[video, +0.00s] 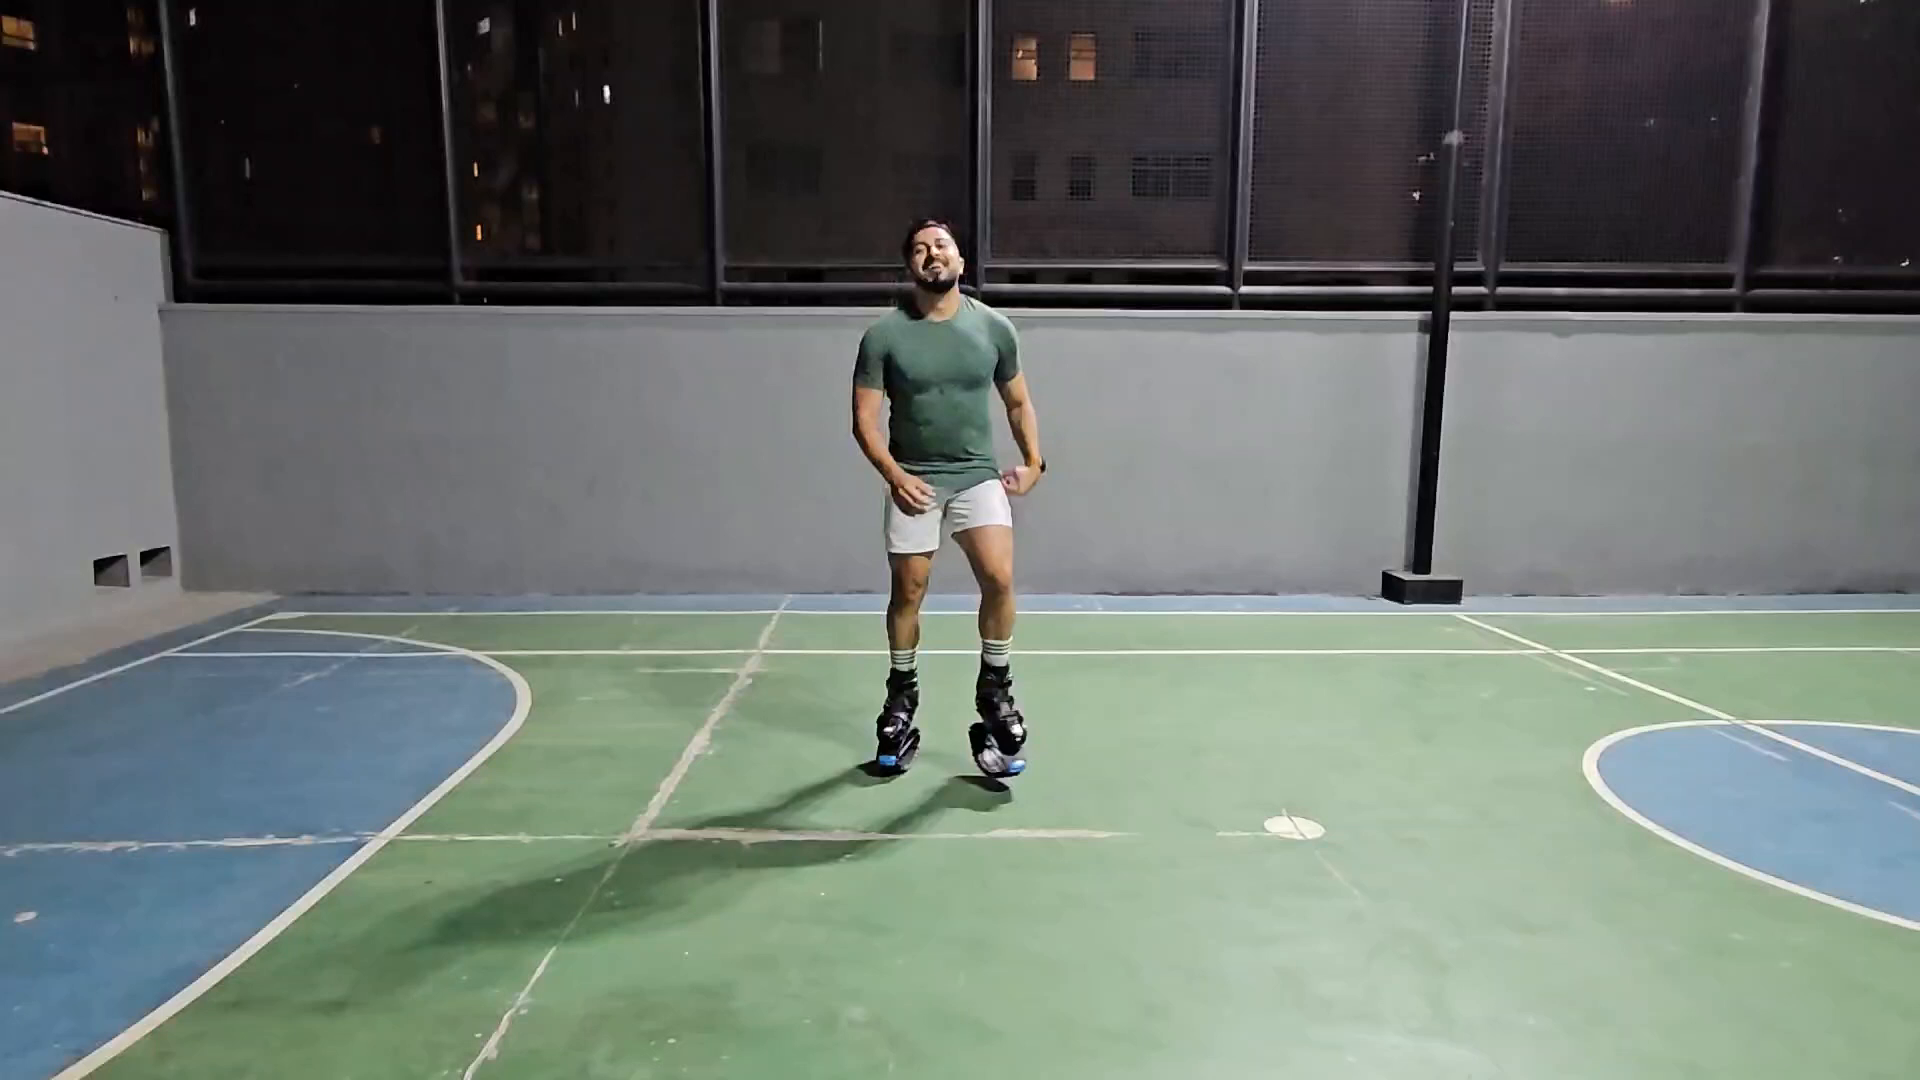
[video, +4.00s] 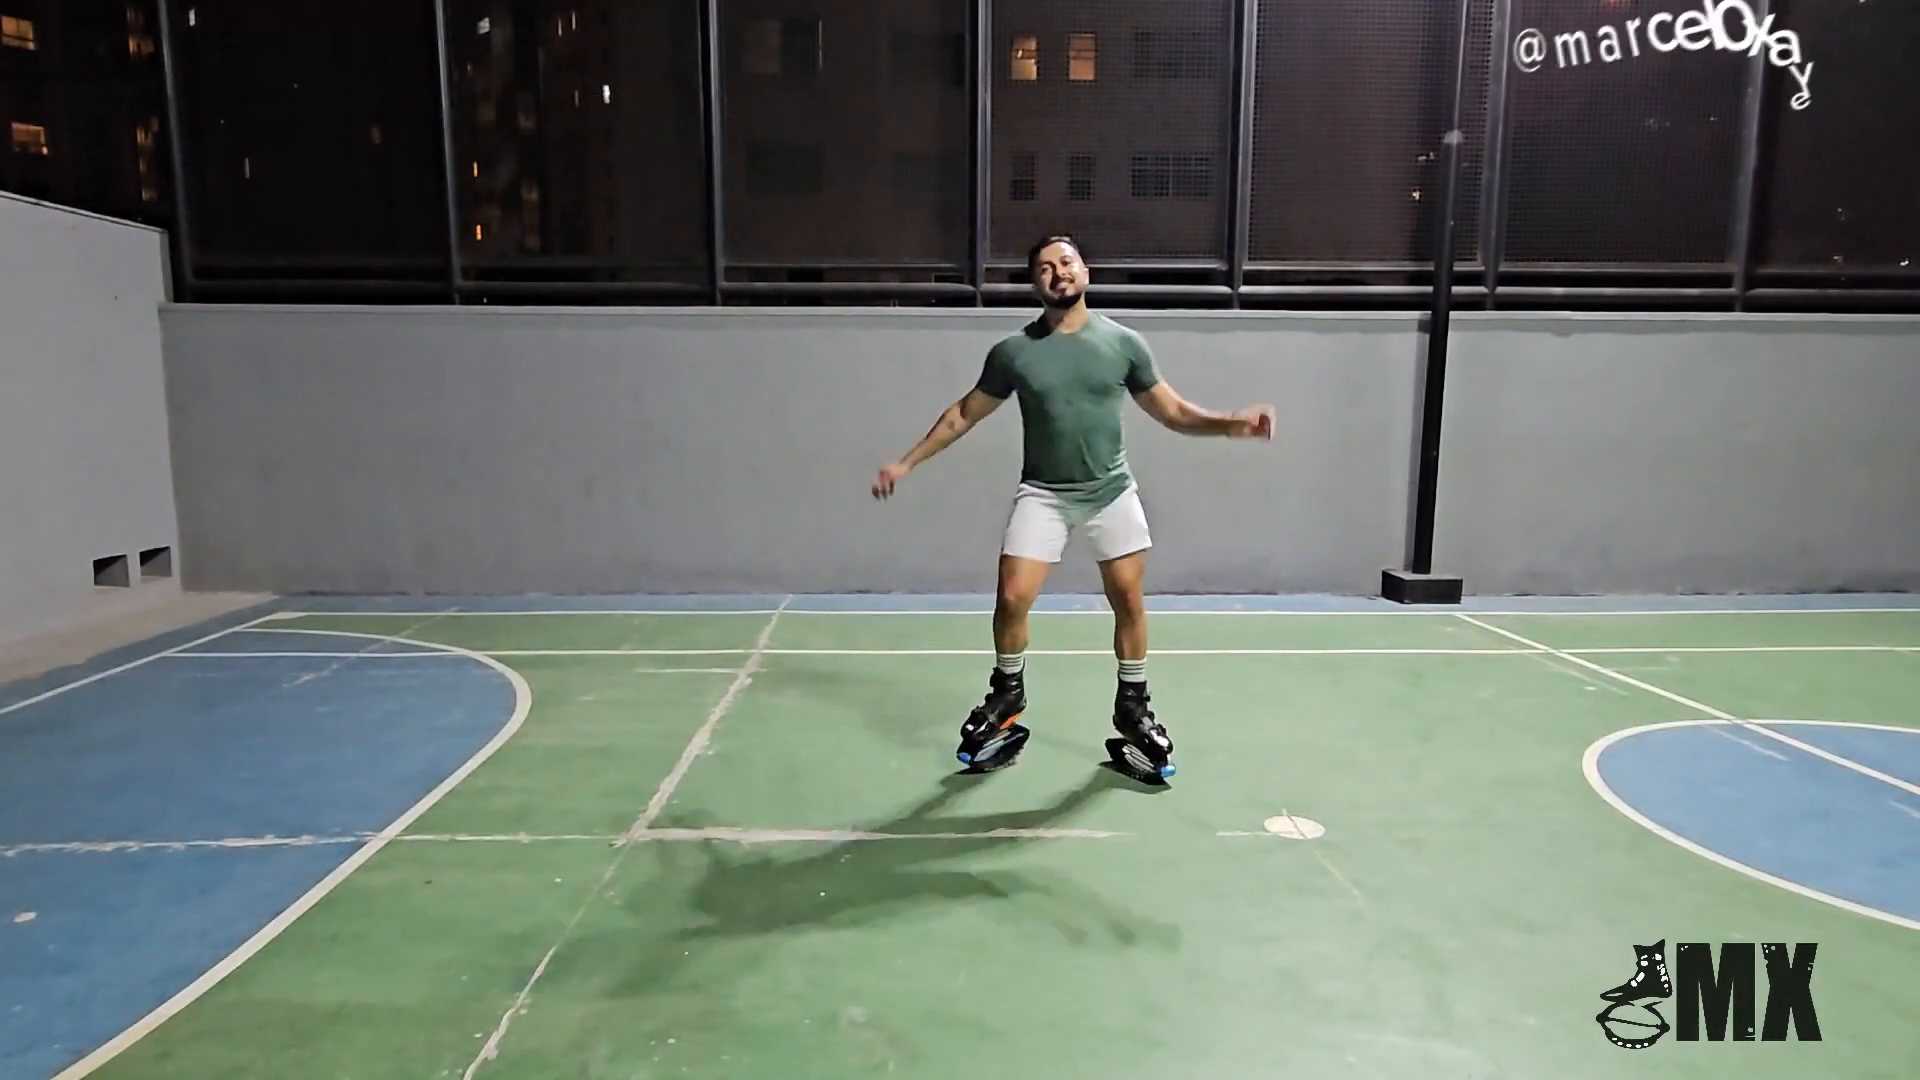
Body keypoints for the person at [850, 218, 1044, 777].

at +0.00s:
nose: (934, 253)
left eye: (943, 245)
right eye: (922, 250)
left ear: (962, 262)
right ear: (910, 271)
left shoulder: (994, 328)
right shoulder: (883, 336)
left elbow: (1018, 402)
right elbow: (866, 424)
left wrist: (1033, 461)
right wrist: (897, 476)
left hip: (979, 477)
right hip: (913, 480)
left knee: (999, 580)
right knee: (908, 590)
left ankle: (995, 692)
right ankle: (901, 703)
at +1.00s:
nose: (956, 264)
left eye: (967, 252)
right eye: (945, 255)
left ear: (989, 258)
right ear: (935, 264)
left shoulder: (1030, 319)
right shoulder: (921, 340)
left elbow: (1087, 388)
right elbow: (898, 430)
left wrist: (1087, 467)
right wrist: (910, 388)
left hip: (1024, 479)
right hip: (955, 474)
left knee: (1035, 592)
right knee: (925, 566)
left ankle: (1040, 711)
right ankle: (942, 700)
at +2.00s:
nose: (785, 261)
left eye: (797, 252)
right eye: (776, 250)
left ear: (816, 261)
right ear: (763, 258)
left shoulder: (844, 326)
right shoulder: (732, 329)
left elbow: (895, 395)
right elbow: (691, 387)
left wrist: (934, 459)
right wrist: (660, 452)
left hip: (821, 478)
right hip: (755, 468)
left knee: (813, 590)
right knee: (722, 571)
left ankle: (801, 694)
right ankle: (718, 687)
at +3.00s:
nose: (825, 272)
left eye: (838, 266)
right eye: (818, 263)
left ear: (858, 285)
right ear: (804, 276)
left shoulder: (871, 345)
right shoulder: (763, 338)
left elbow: (909, 396)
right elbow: (722, 392)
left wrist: (882, 374)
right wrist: (708, 456)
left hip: (839, 493)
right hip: (769, 493)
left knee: (867, 595)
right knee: (738, 601)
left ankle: (885, 718)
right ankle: (699, 715)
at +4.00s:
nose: (1059, 272)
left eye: (1067, 262)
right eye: (1047, 268)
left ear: (1086, 273)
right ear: (1036, 287)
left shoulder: (1122, 343)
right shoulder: (1012, 354)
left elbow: (1175, 412)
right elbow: (964, 414)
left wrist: (1233, 423)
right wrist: (905, 463)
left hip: (1111, 492)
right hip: (1042, 495)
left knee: (1128, 597)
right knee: (1011, 597)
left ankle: (1133, 712)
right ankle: (1006, 698)